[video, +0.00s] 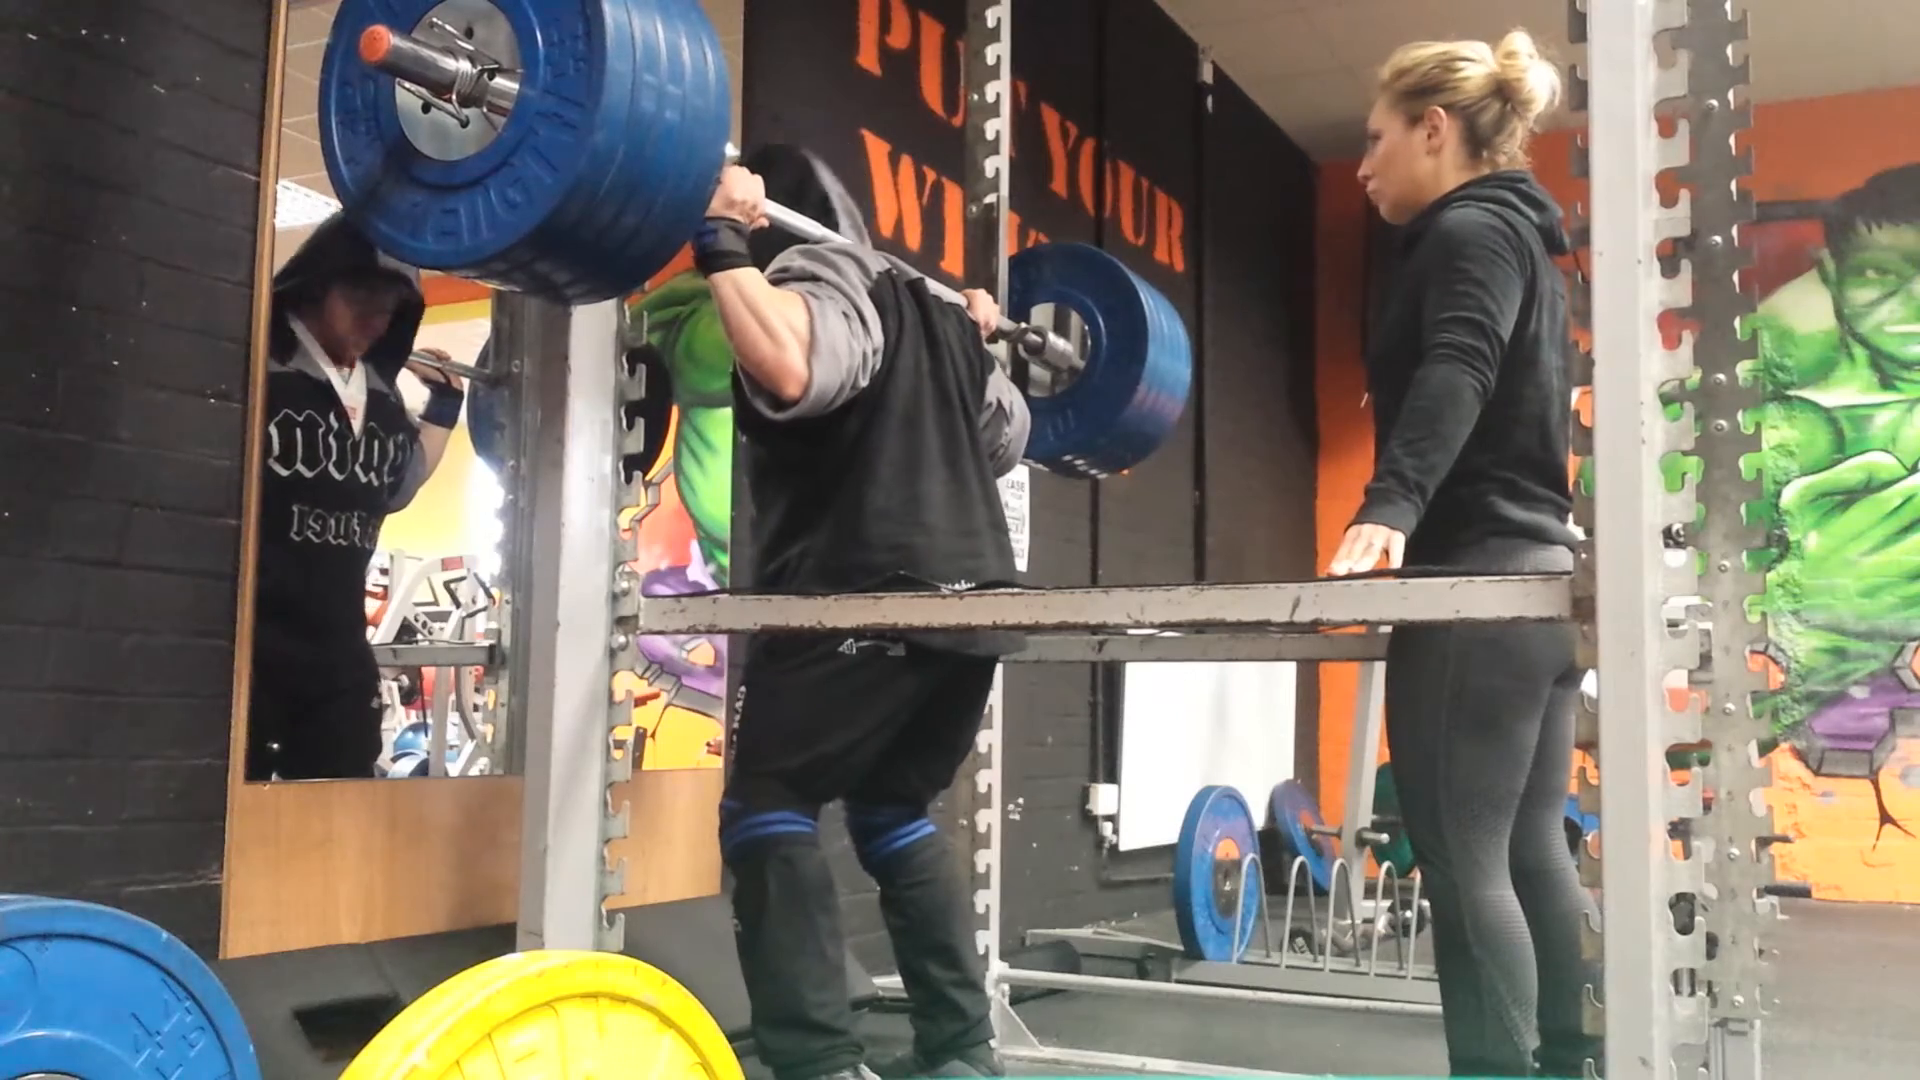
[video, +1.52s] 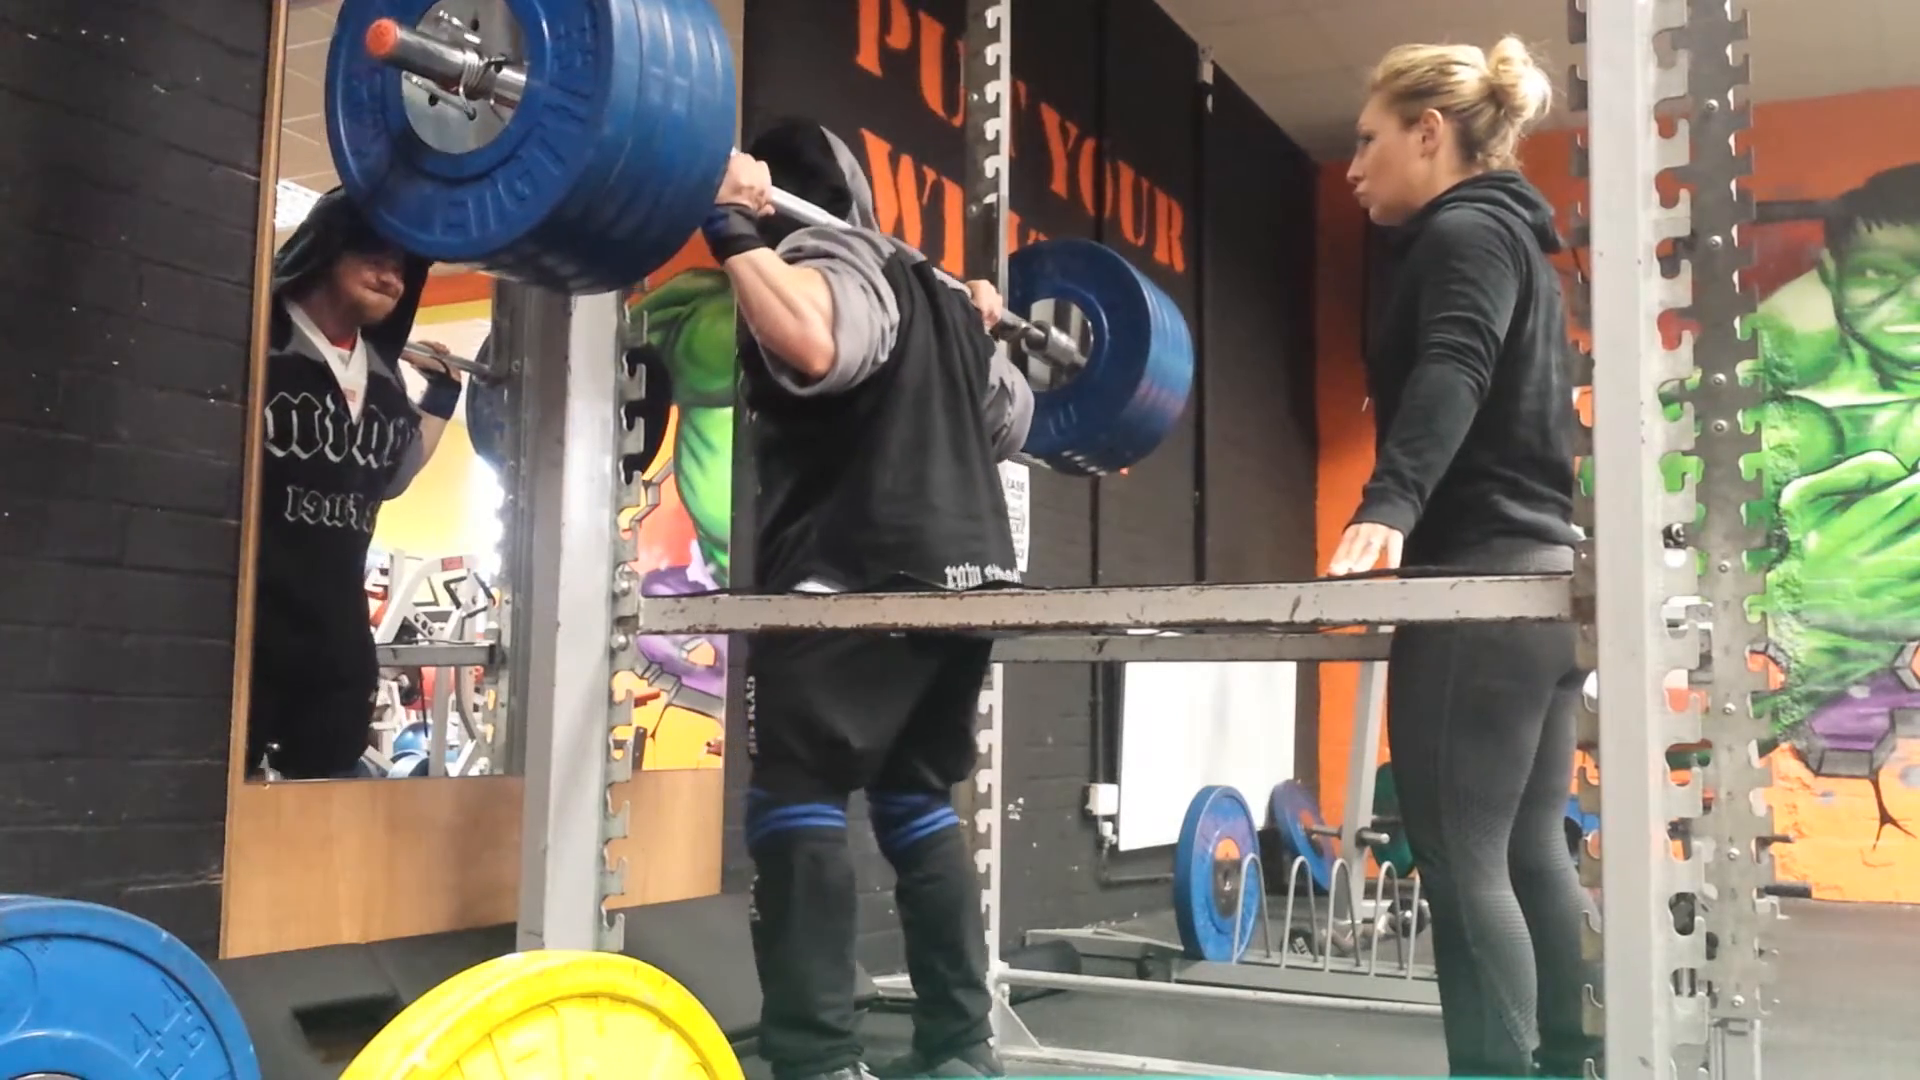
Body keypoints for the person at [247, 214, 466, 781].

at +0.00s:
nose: (374, 323)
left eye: (386, 310)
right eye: (360, 302)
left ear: (397, 317)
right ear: (314, 292)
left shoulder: (381, 396)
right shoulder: (256, 367)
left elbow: (397, 490)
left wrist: (444, 402)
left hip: (338, 635)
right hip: (251, 628)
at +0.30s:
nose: (379, 334)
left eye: (392, 322)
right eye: (368, 313)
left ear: (402, 330)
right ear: (327, 302)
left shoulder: (381, 403)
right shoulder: (257, 373)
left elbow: (394, 490)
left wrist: (442, 406)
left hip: (334, 631)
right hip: (251, 623)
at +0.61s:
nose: (384, 289)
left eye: (391, 278)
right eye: (366, 270)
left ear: (399, 293)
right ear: (316, 272)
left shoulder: (388, 392)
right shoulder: (258, 357)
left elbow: (405, 494)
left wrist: (449, 400)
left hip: (347, 630)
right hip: (259, 621)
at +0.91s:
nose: (380, 284)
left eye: (388, 272)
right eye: (361, 264)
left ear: (396, 289)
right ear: (311, 272)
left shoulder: (393, 393)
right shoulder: (260, 360)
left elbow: (411, 492)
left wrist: (449, 400)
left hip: (359, 646)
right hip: (268, 638)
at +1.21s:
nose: (383, 280)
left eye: (395, 271)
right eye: (366, 261)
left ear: (405, 291)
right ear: (321, 265)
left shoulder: (392, 386)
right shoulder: (257, 346)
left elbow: (397, 488)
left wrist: (445, 401)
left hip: (343, 625)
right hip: (249, 615)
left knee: (344, 815)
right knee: (226, 806)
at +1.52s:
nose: (388, 278)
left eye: (400, 269)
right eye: (372, 258)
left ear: (408, 288)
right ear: (327, 257)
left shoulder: (388, 379)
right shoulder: (256, 336)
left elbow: (392, 480)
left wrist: (443, 395)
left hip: (334, 620)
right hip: (247, 606)